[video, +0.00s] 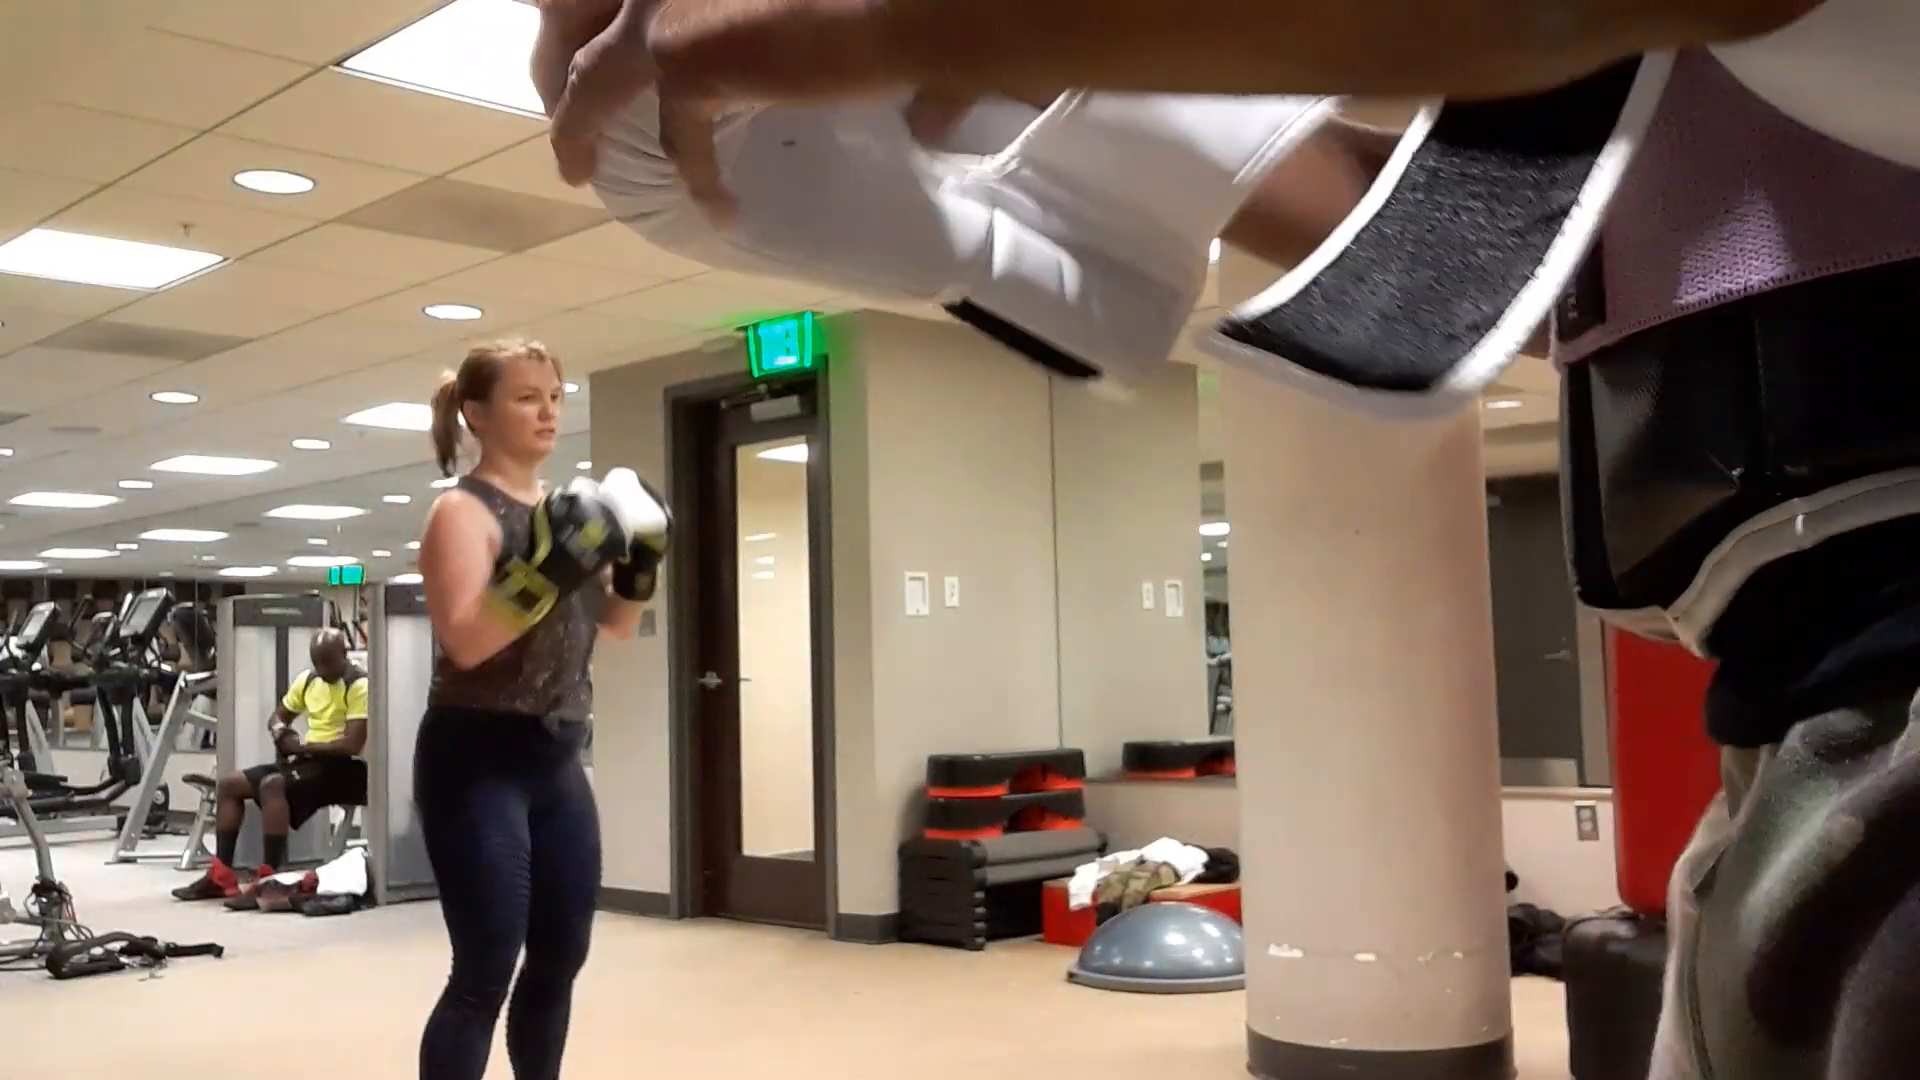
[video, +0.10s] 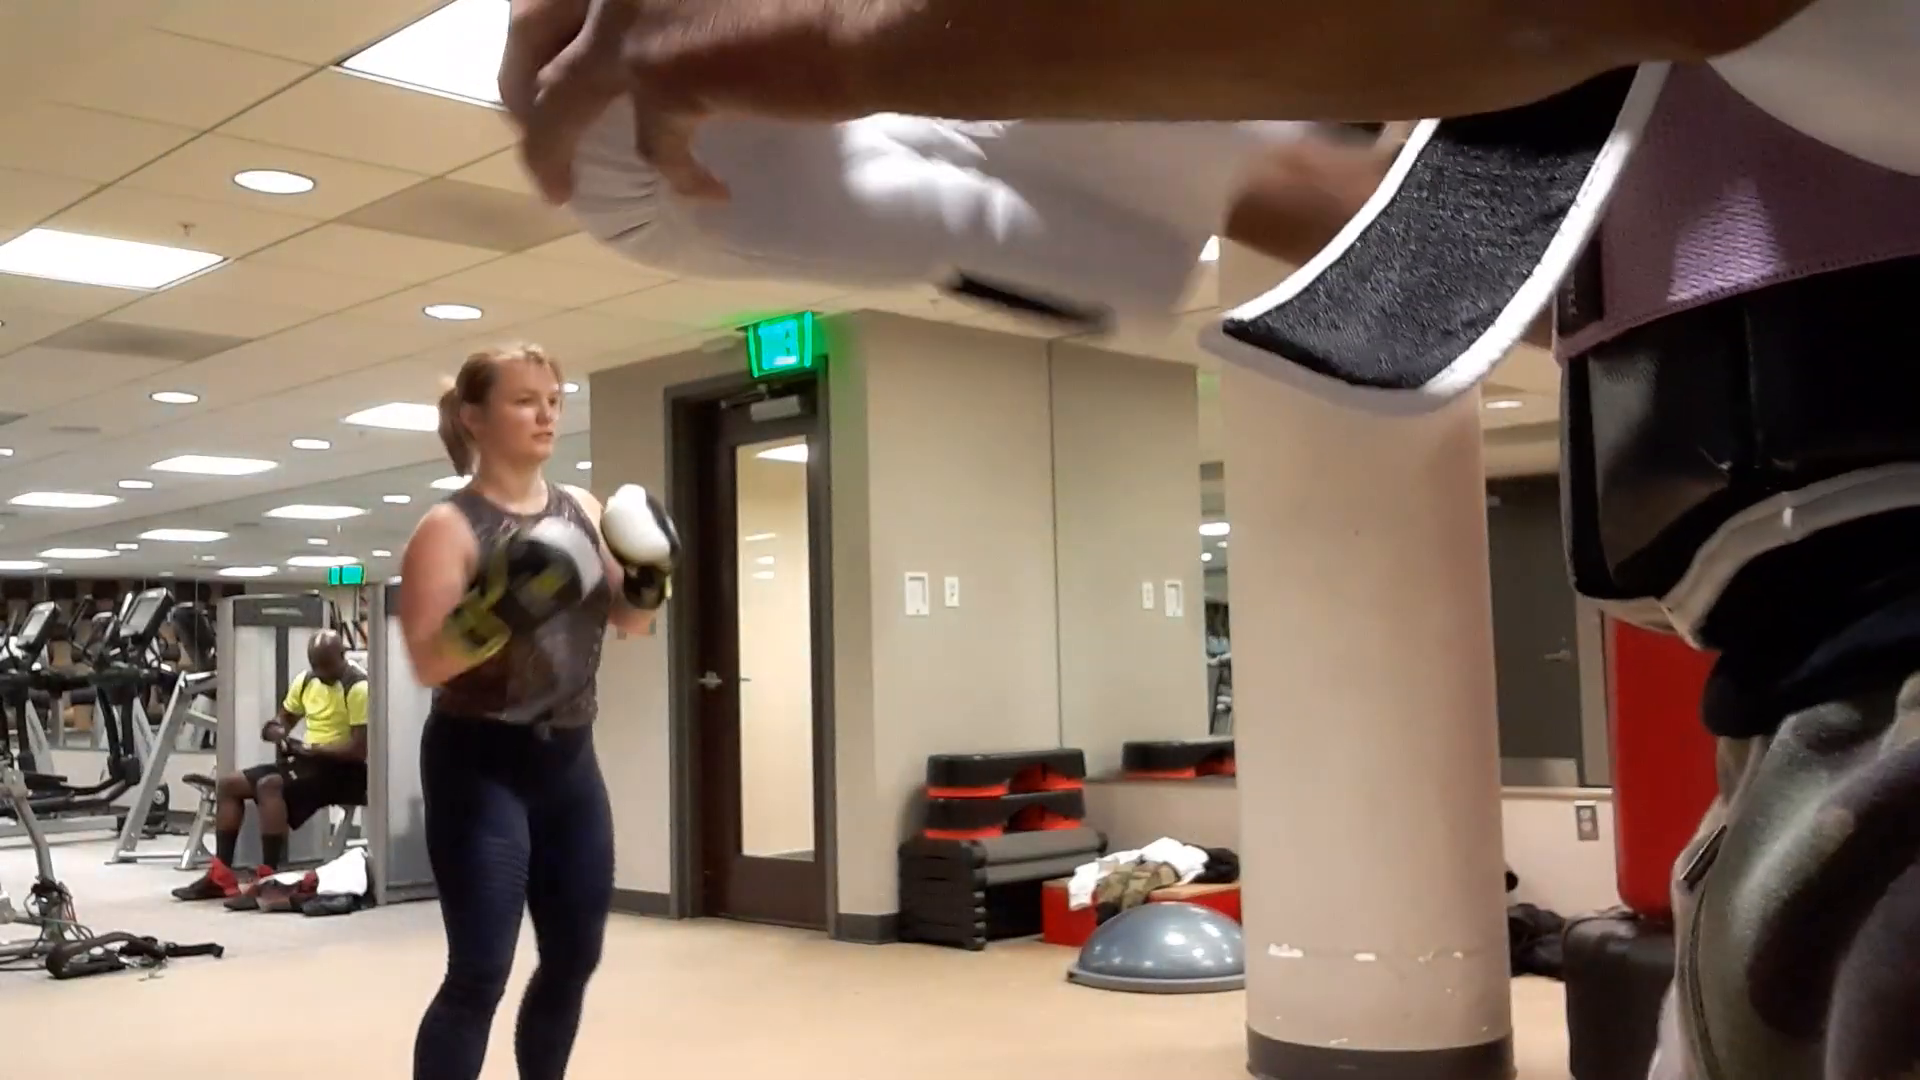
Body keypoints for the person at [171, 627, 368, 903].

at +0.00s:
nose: (321, 670)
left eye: (327, 663)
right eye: (317, 663)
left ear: (344, 655)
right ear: (312, 658)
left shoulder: (360, 685)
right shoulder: (308, 680)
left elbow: (352, 744)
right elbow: (278, 718)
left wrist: (302, 747)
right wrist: (281, 733)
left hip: (343, 769)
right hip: (309, 764)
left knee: (273, 786)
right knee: (229, 786)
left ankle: (269, 881)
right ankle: (221, 875)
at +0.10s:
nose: (320, 672)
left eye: (325, 666)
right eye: (315, 666)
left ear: (341, 657)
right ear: (310, 660)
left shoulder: (359, 689)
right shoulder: (306, 681)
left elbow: (359, 751)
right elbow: (284, 720)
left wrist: (309, 750)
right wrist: (275, 731)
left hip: (344, 772)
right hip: (309, 765)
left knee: (270, 787)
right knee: (229, 786)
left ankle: (268, 882)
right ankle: (220, 876)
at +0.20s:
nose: (316, 675)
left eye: (321, 668)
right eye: (311, 668)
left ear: (338, 658)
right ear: (306, 662)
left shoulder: (357, 692)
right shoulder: (303, 682)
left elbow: (363, 756)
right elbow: (286, 721)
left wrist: (313, 758)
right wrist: (269, 731)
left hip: (345, 776)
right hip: (309, 769)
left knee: (268, 787)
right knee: (229, 786)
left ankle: (268, 880)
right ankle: (220, 875)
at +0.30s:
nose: (309, 679)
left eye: (314, 672)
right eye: (305, 673)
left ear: (330, 662)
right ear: (300, 668)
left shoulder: (348, 692)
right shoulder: (297, 684)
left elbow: (359, 758)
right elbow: (283, 721)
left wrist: (315, 775)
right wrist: (262, 737)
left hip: (339, 766)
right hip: (305, 764)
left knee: (268, 789)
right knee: (229, 787)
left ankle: (268, 881)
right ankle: (221, 876)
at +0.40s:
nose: (294, 687)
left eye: (299, 680)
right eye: (291, 681)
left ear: (315, 674)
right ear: (289, 677)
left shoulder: (341, 700)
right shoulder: (287, 689)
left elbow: (351, 762)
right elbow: (274, 722)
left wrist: (314, 798)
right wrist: (252, 745)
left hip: (335, 769)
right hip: (305, 765)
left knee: (270, 784)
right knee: (228, 785)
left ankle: (270, 880)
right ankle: (225, 874)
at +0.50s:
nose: (275, 698)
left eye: (279, 691)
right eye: (271, 692)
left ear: (294, 680)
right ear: (267, 686)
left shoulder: (328, 707)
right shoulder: (274, 696)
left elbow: (337, 766)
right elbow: (251, 729)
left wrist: (307, 809)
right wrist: (231, 756)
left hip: (345, 772)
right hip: (304, 766)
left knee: (272, 787)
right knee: (231, 785)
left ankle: (273, 879)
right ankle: (234, 873)